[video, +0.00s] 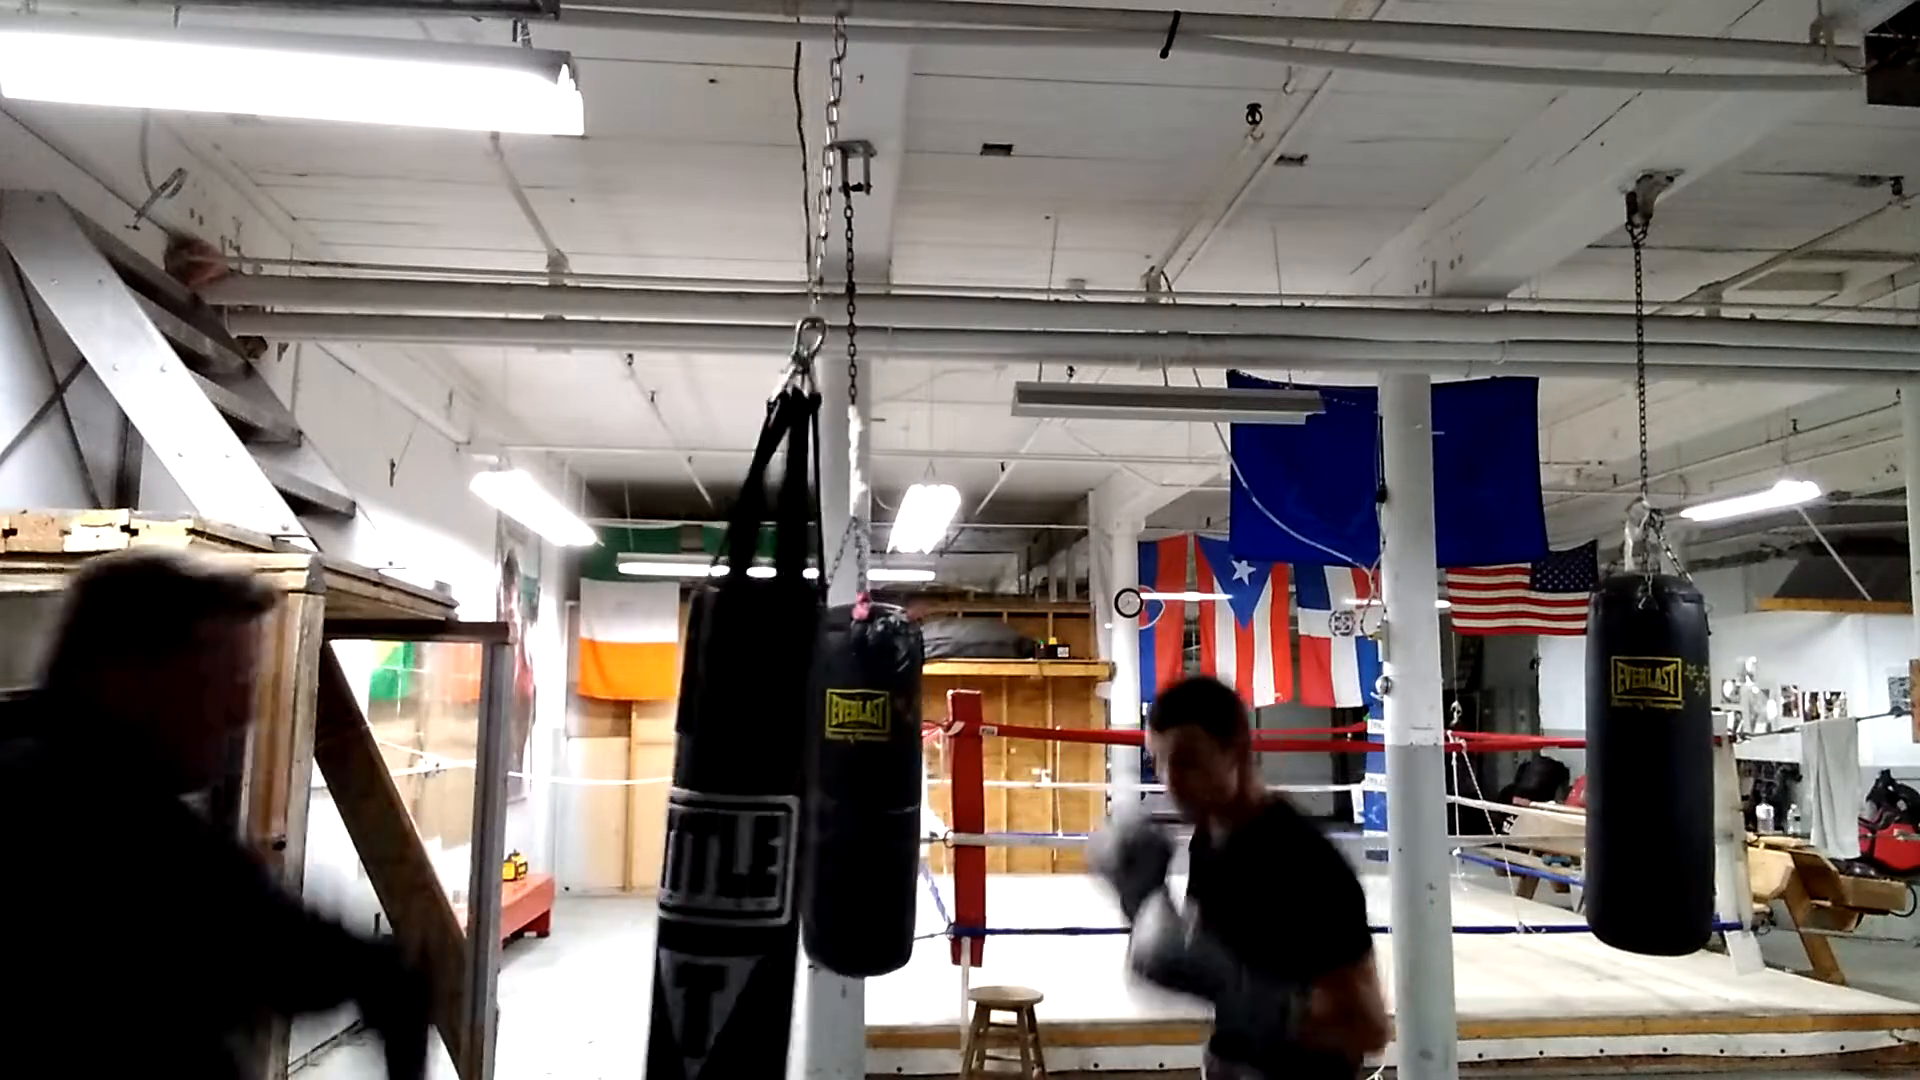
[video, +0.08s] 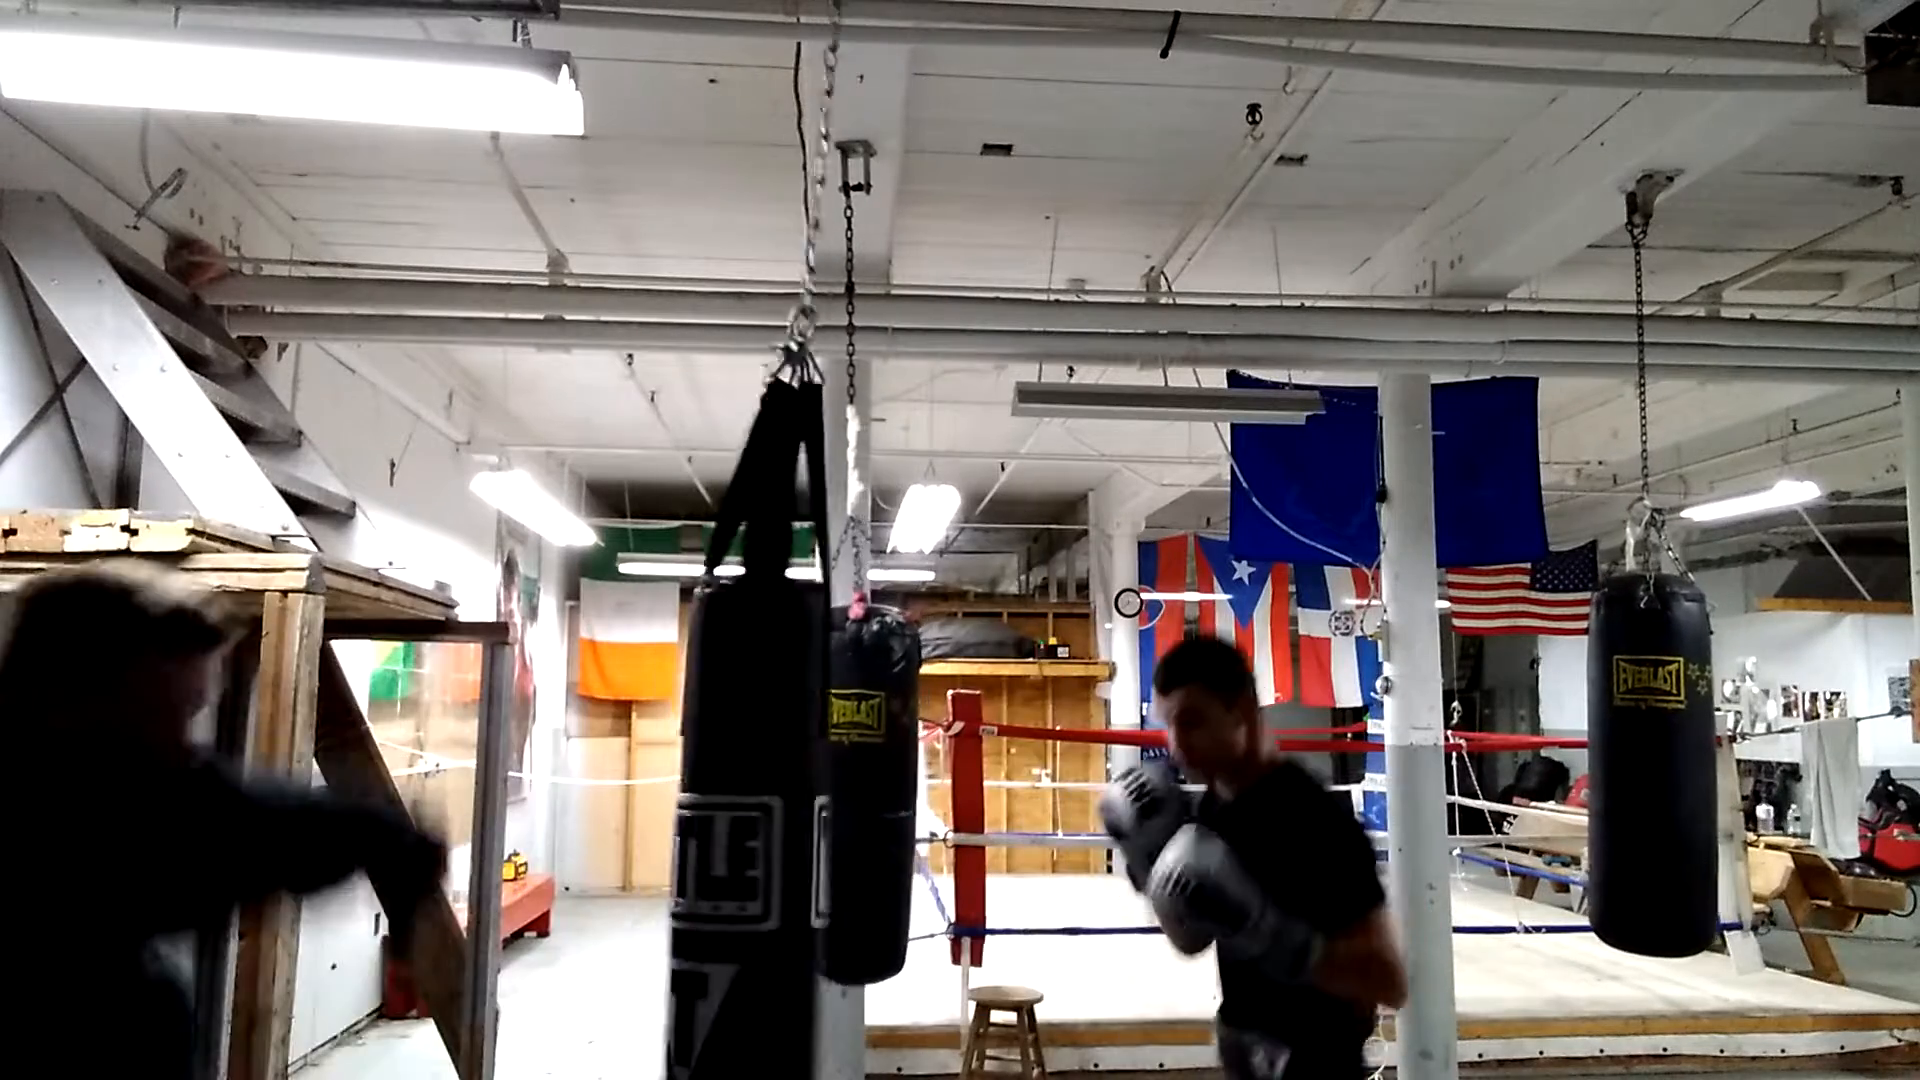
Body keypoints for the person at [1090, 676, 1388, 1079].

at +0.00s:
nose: (1168, 781)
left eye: (1184, 761)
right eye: (1159, 763)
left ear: (1235, 751)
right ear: (1152, 759)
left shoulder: (1305, 857)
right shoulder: (1211, 838)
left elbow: (1367, 1026)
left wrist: (1221, 982)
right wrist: (1145, 897)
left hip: (1307, 1074)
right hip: (1232, 1060)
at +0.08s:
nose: (1176, 744)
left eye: (1191, 722)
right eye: (1168, 725)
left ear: (1243, 711)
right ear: (1159, 723)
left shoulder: (1315, 812)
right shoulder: (1213, 807)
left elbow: (1388, 980)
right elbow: (1190, 938)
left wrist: (1255, 918)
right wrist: (1150, 850)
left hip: (1321, 1050)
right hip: (1246, 1037)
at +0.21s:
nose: (1192, 737)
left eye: (1212, 715)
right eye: (1183, 719)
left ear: (1266, 704)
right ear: (1178, 715)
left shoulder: (1349, 814)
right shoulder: (1223, 810)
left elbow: (1430, 979)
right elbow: (1196, 947)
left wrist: (1291, 923)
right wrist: (1167, 864)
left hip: (1346, 1058)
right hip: (1267, 1050)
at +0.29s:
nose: (1206, 767)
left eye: (1223, 745)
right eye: (1196, 748)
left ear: (1278, 732)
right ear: (1187, 742)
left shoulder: (1377, 855)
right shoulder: (1245, 848)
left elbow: (1446, 1013)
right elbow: (1214, 983)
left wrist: (1278, 968)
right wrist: (1195, 902)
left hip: (1377, 1076)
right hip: (1284, 1066)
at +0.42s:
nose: (1212, 788)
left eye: (1226, 765)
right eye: (1204, 770)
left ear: (1291, 756)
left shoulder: (1383, 871)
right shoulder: (1292, 860)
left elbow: (1467, 1041)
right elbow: (1329, 1005)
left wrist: (1331, 1052)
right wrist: (1249, 976)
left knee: (1235, 1032)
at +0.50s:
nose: (1210, 799)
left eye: (1227, 775)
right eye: (1204, 779)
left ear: (1294, 758)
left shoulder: (1380, 863)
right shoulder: (1317, 864)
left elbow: (1484, 1043)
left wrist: (1326, 1030)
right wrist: (1255, 937)